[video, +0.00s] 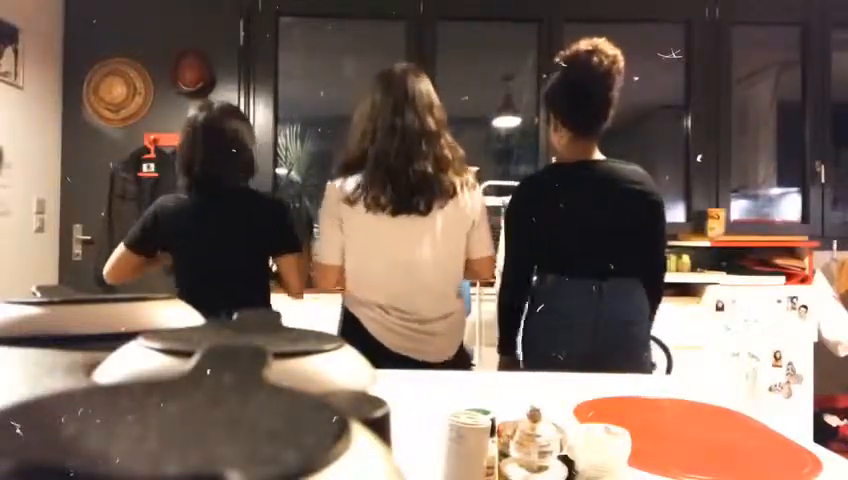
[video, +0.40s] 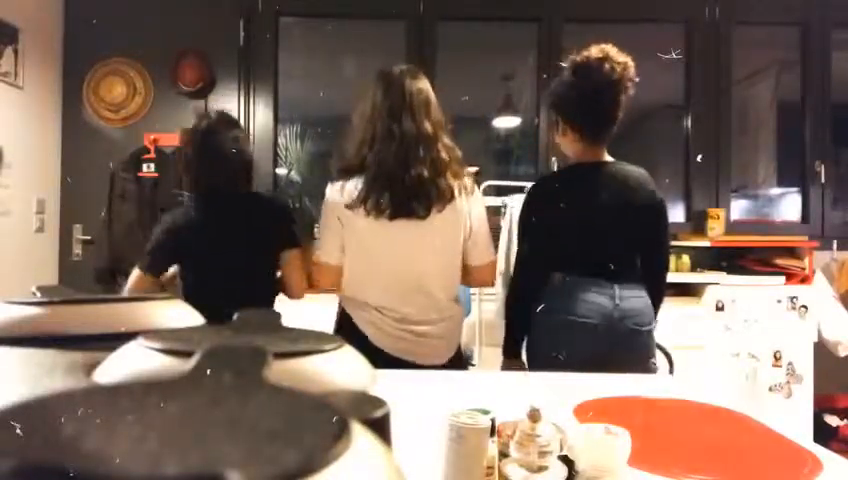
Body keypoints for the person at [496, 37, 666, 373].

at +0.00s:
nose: (546, 127)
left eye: (547, 118)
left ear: (556, 121)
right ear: (605, 117)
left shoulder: (533, 190)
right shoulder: (640, 185)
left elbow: (516, 279)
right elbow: (654, 278)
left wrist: (506, 351)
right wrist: (635, 333)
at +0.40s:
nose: (553, 135)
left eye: (554, 124)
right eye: (553, 124)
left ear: (564, 127)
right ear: (611, 122)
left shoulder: (545, 192)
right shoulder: (642, 186)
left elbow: (528, 276)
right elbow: (655, 275)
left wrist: (512, 349)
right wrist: (638, 328)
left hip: (559, 334)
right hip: (628, 335)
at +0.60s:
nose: (623, 113)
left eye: (621, 105)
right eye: (620, 106)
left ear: (557, 122)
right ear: (608, 118)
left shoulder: (535, 190)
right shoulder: (639, 177)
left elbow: (528, 277)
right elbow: (667, 254)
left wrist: (521, 348)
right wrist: (647, 308)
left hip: (556, 339)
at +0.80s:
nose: (615, 129)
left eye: (618, 120)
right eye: (605, 119)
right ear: (574, 124)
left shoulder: (565, 178)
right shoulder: (608, 176)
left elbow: (551, 253)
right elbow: (648, 242)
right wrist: (678, 303)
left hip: (567, 298)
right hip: (618, 303)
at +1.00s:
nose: (598, 128)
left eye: (610, 120)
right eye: (588, 117)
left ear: (622, 127)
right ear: (571, 121)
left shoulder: (577, 170)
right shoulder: (599, 173)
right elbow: (625, 256)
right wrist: (665, 328)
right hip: (612, 310)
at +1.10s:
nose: (598, 134)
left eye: (610, 125)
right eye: (588, 122)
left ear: (622, 131)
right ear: (571, 127)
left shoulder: (577, 174)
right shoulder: (600, 177)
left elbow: (644, 211)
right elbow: (625, 260)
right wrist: (647, 332)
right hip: (606, 319)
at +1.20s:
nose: (596, 139)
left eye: (608, 131)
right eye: (586, 128)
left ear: (621, 138)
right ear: (569, 132)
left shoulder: (579, 178)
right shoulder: (593, 178)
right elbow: (601, 268)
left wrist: (671, 327)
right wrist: (632, 343)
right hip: (598, 331)